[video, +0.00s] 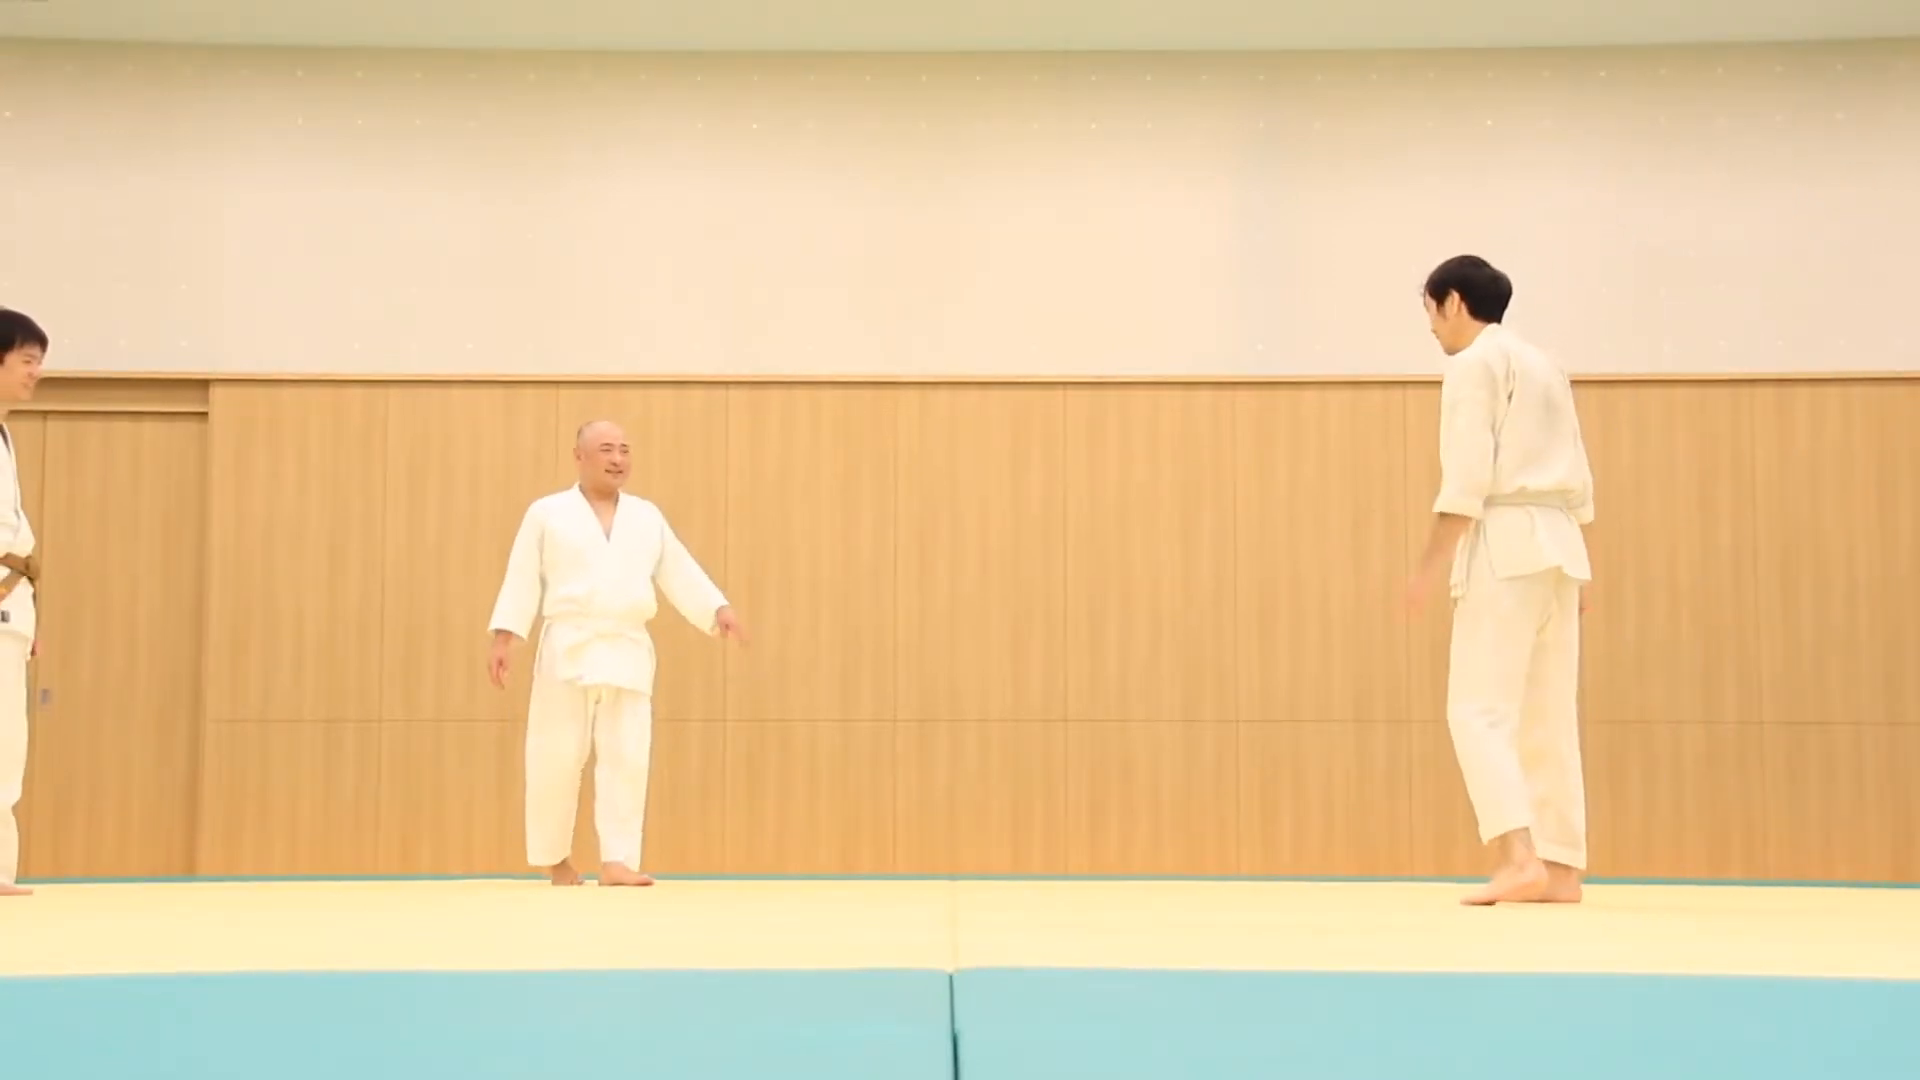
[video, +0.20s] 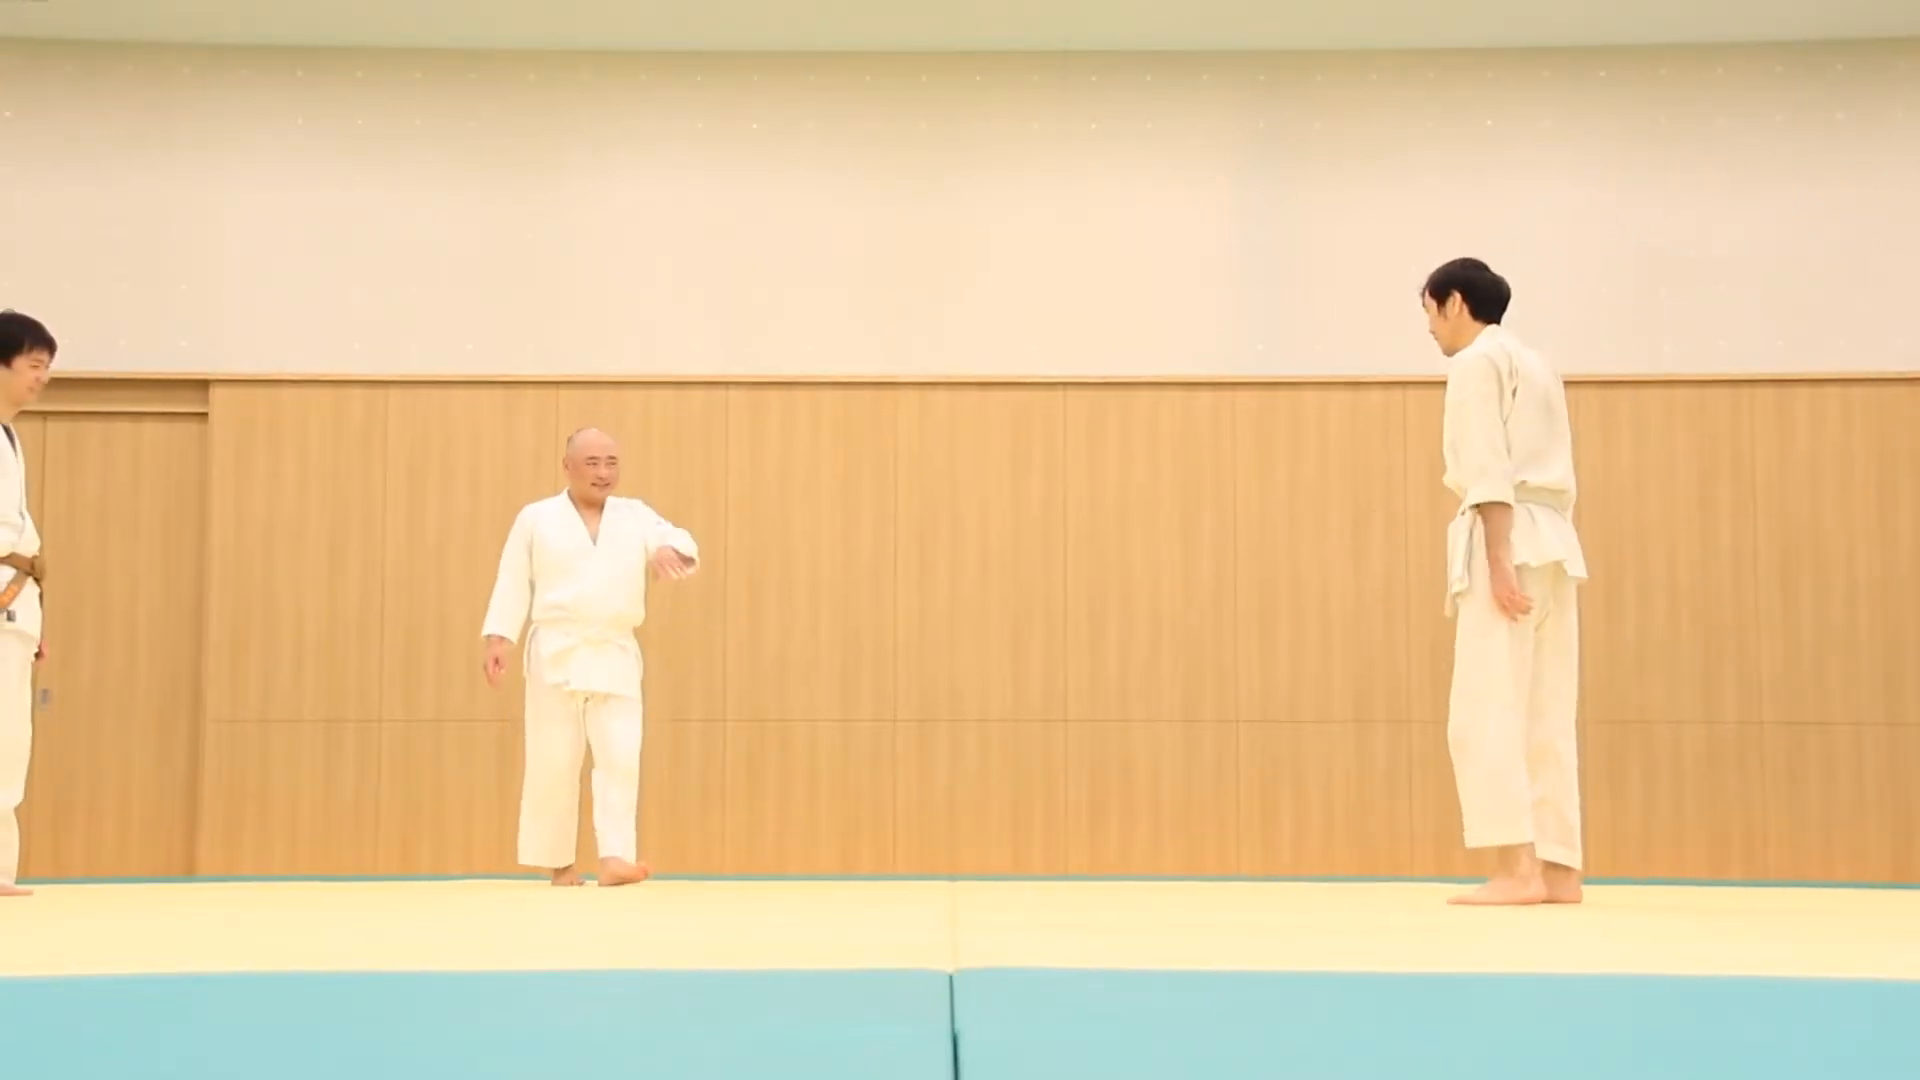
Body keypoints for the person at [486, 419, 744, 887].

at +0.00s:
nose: (618, 458)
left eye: (624, 450)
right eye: (606, 449)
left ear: (631, 459)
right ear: (580, 458)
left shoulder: (646, 517)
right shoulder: (547, 513)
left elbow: (679, 570)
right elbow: (522, 577)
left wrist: (717, 608)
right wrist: (504, 637)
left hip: (628, 649)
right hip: (565, 648)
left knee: (627, 757)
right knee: (557, 755)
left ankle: (618, 863)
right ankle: (558, 860)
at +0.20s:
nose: (603, 470)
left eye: (611, 462)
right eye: (592, 462)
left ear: (619, 468)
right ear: (567, 467)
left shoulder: (635, 514)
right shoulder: (536, 519)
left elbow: (679, 541)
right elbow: (513, 582)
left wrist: (671, 552)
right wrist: (498, 638)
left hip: (615, 650)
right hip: (555, 650)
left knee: (621, 756)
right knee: (557, 758)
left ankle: (615, 861)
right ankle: (561, 866)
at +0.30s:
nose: (598, 472)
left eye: (607, 463)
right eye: (587, 463)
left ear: (616, 468)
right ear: (564, 466)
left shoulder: (625, 509)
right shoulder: (533, 517)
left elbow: (671, 534)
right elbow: (509, 582)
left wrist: (642, 526)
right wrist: (493, 641)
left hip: (612, 649)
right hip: (553, 649)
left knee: (619, 751)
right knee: (555, 755)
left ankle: (610, 859)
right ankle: (561, 864)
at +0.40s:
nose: (597, 471)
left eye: (605, 462)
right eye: (586, 462)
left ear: (615, 467)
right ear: (563, 465)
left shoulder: (625, 511)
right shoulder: (532, 515)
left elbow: (657, 518)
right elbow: (507, 582)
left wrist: (612, 503)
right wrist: (490, 646)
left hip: (613, 647)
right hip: (553, 647)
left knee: (620, 754)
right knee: (555, 755)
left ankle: (610, 859)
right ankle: (562, 862)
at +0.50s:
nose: (597, 473)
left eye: (606, 463)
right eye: (586, 463)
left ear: (616, 468)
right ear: (564, 466)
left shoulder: (624, 513)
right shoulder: (531, 517)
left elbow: (649, 502)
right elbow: (505, 583)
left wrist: (600, 488)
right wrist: (487, 649)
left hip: (613, 646)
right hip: (555, 646)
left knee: (619, 753)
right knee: (555, 753)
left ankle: (614, 859)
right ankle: (562, 862)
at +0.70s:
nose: (599, 477)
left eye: (610, 467)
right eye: (589, 467)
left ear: (619, 471)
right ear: (568, 470)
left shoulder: (627, 515)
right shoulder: (535, 519)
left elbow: (649, 499)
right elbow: (510, 585)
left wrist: (599, 485)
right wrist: (494, 652)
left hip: (619, 651)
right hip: (560, 651)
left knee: (620, 755)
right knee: (557, 755)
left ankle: (609, 861)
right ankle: (562, 863)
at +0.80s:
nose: (603, 478)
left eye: (613, 469)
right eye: (593, 468)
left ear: (623, 472)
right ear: (572, 470)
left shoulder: (630, 514)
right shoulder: (538, 518)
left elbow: (654, 499)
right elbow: (514, 586)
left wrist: (606, 485)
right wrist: (500, 652)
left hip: (621, 650)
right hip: (562, 650)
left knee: (619, 756)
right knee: (560, 755)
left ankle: (609, 860)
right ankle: (563, 863)